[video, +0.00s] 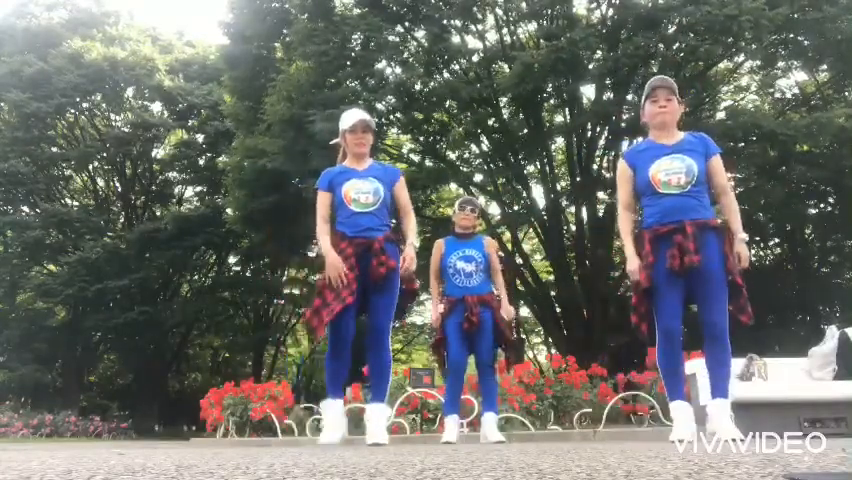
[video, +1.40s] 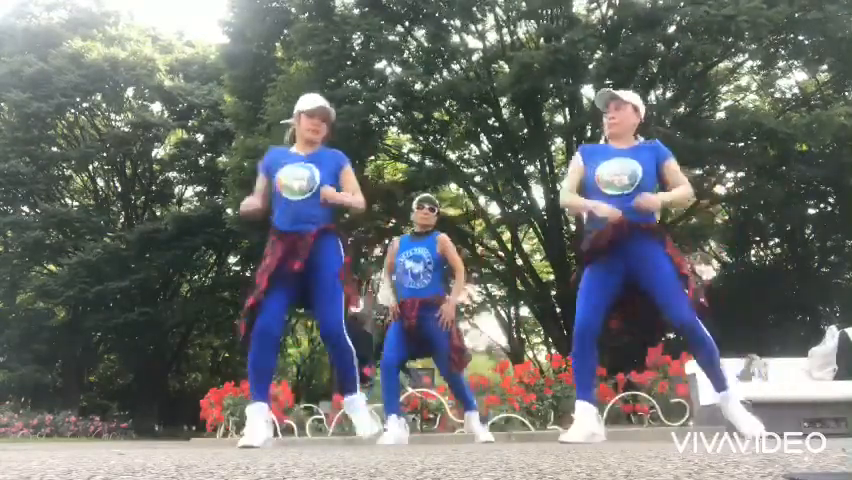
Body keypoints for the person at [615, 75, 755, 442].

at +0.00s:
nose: (661, 104)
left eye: (668, 99)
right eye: (654, 100)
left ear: (680, 108)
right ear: (643, 113)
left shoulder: (701, 142)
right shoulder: (631, 155)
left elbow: (724, 191)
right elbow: (625, 208)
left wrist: (739, 236)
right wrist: (630, 252)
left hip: (705, 237)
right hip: (659, 241)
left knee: (717, 324)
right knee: (669, 328)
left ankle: (720, 410)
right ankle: (679, 413)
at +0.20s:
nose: (668, 111)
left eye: (674, 106)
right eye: (660, 107)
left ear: (686, 112)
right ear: (650, 118)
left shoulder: (710, 143)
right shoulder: (640, 160)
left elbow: (733, 187)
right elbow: (630, 211)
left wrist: (737, 221)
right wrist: (637, 251)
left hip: (713, 238)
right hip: (667, 245)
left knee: (742, 324)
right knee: (675, 328)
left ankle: (759, 408)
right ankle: (681, 412)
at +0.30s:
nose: (667, 112)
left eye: (673, 106)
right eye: (659, 109)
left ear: (686, 113)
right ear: (650, 120)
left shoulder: (706, 139)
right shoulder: (640, 165)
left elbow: (721, 184)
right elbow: (641, 215)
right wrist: (650, 250)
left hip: (716, 240)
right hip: (673, 248)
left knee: (748, 322)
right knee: (680, 327)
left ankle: (761, 411)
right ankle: (687, 412)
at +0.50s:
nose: (643, 114)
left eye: (650, 108)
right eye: (635, 111)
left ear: (664, 115)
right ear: (628, 123)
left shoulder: (678, 137)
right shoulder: (626, 165)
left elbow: (694, 173)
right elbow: (628, 211)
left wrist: (657, 215)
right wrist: (633, 235)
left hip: (701, 240)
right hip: (661, 250)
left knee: (741, 313)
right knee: (638, 314)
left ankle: (771, 402)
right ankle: (645, 405)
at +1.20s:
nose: (615, 147)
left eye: (622, 139)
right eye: (612, 143)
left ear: (644, 142)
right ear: (611, 150)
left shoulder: (665, 166)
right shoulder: (622, 192)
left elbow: (717, 185)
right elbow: (627, 239)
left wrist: (700, 235)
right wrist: (626, 264)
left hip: (694, 267)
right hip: (652, 277)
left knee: (731, 338)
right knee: (611, 320)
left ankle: (760, 414)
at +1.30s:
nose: (611, 135)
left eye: (620, 128)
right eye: (609, 131)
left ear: (640, 138)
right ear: (607, 143)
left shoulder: (658, 166)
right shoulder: (605, 187)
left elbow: (705, 199)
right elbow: (607, 233)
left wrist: (704, 238)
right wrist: (606, 261)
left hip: (667, 266)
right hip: (627, 274)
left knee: (709, 340)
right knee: (591, 327)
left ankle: (757, 411)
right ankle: (587, 417)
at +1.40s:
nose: (611, 111)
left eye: (619, 106)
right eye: (608, 107)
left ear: (638, 116)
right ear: (604, 117)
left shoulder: (654, 150)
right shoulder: (586, 153)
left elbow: (685, 191)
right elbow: (566, 198)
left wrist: (660, 200)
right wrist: (593, 206)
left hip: (646, 245)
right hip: (603, 249)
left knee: (683, 319)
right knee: (584, 326)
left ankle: (728, 398)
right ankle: (586, 416)